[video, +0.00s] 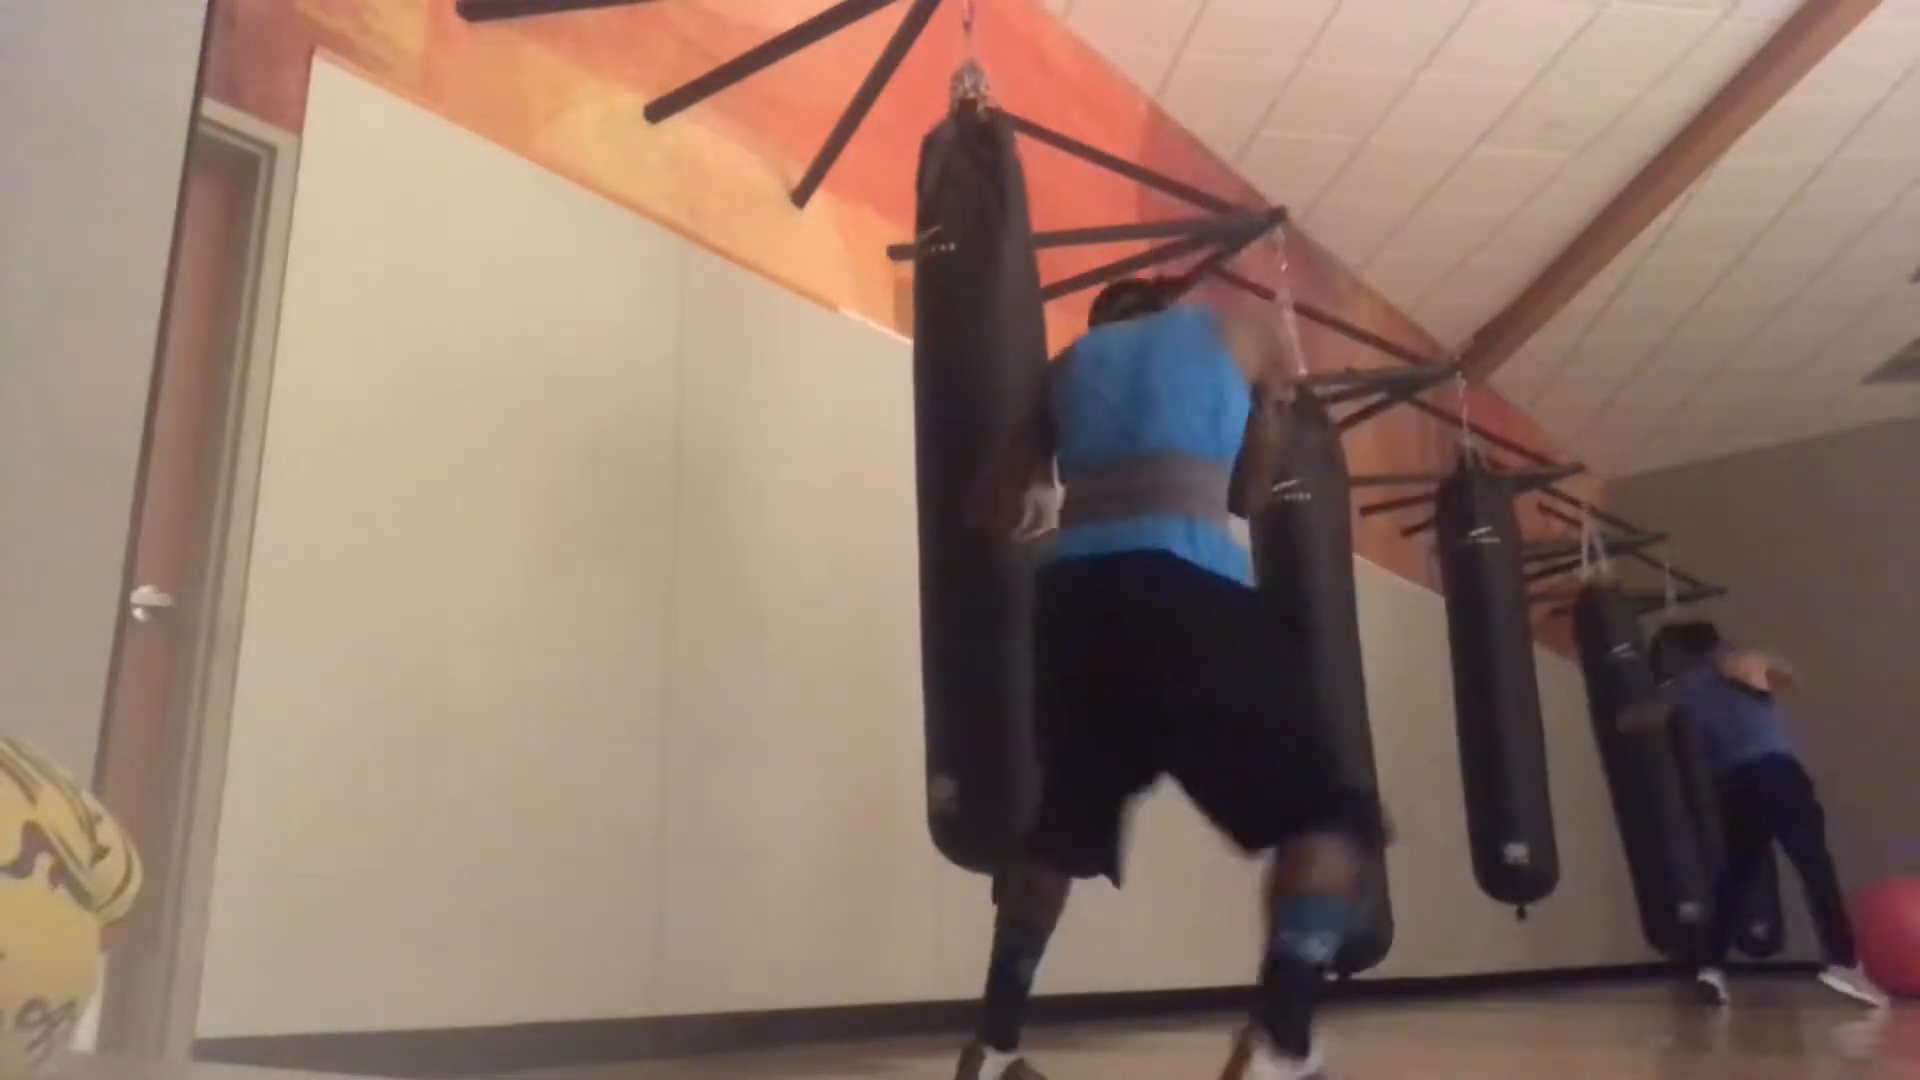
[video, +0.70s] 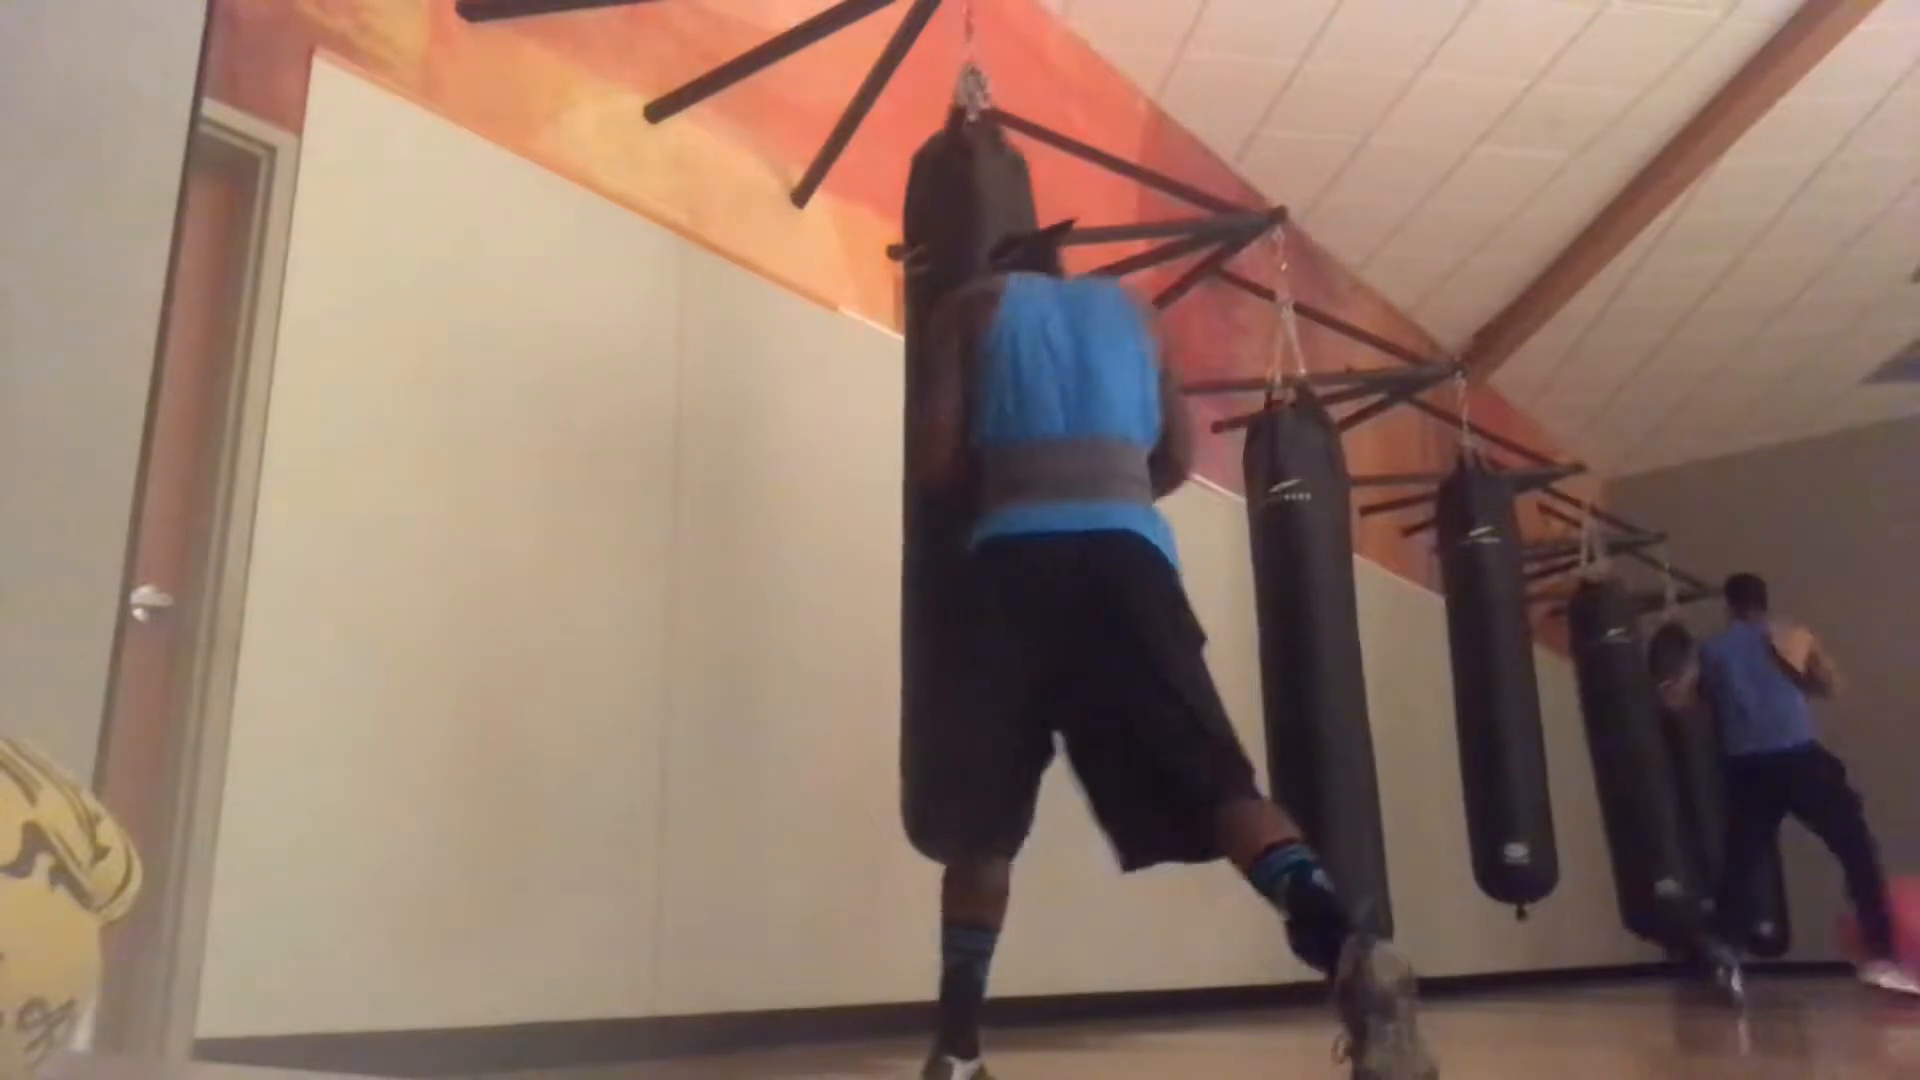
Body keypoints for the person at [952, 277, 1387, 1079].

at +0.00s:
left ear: (1098, 325)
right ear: (1177, 309)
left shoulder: (1063, 372)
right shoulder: (1242, 327)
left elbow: (994, 513)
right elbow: (1253, 488)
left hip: (1075, 595)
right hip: (1196, 592)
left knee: (1061, 816)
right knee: (1315, 813)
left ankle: (994, 1042)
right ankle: (1282, 1041)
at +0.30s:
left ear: (1029, 300)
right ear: (1108, 289)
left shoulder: (994, 346)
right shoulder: (1165, 325)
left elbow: (942, 451)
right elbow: (1210, 476)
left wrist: (977, 446)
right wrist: (1134, 453)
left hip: (1005, 594)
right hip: (1125, 587)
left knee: (998, 822)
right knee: (1224, 799)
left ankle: (959, 1040)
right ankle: (1280, 1000)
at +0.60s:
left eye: (972, 285)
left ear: (981, 270)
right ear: (1043, 263)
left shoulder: (966, 308)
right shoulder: (1113, 318)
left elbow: (940, 462)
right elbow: (1133, 449)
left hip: (1005, 565)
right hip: (1120, 563)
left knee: (976, 811)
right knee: (1198, 784)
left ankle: (956, 1047)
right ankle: (1335, 948)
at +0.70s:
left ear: (970, 247)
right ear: (1046, 246)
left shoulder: (965, 310)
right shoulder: (1125, 305)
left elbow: (935, 463)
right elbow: (1177, 456)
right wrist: (1090, 494)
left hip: (1007, 572)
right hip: (1130, 567)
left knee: (984, 814)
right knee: (1213, 772)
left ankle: (955, 1046)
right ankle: (1347, 947)